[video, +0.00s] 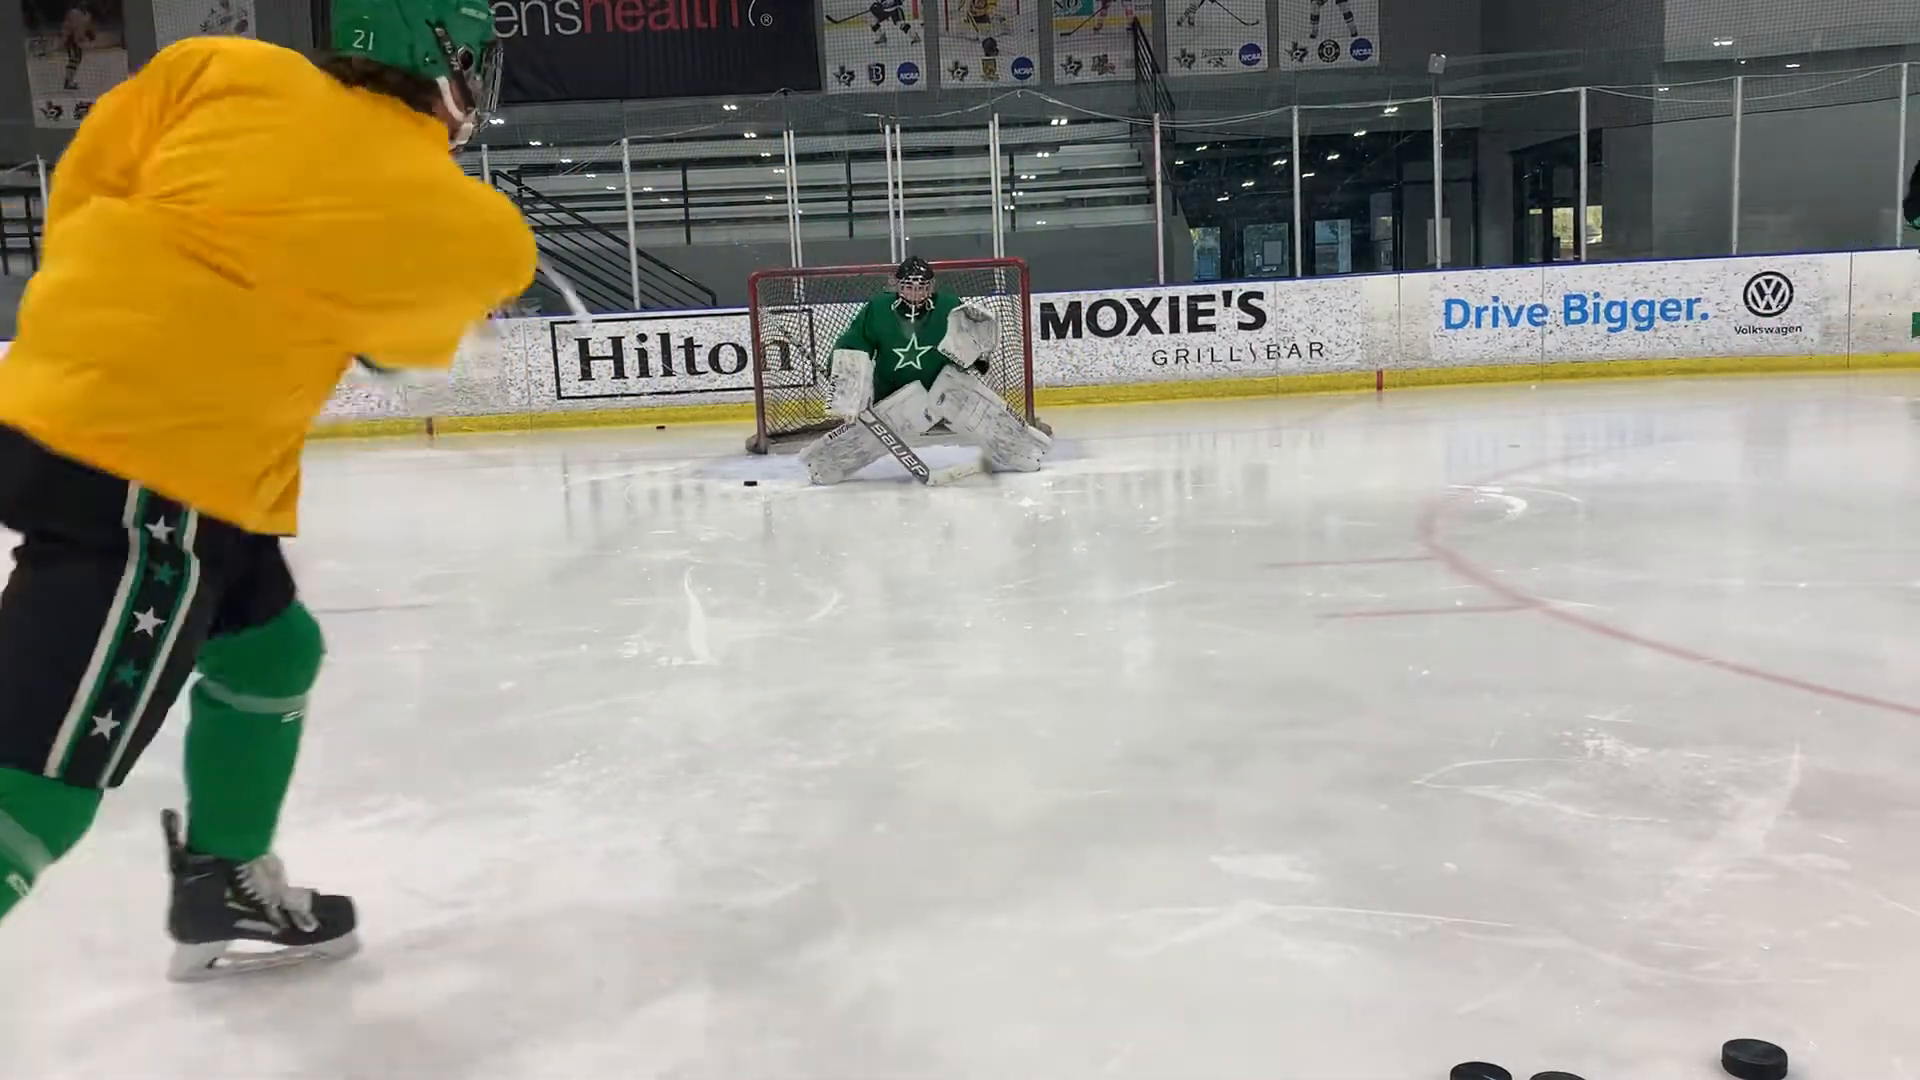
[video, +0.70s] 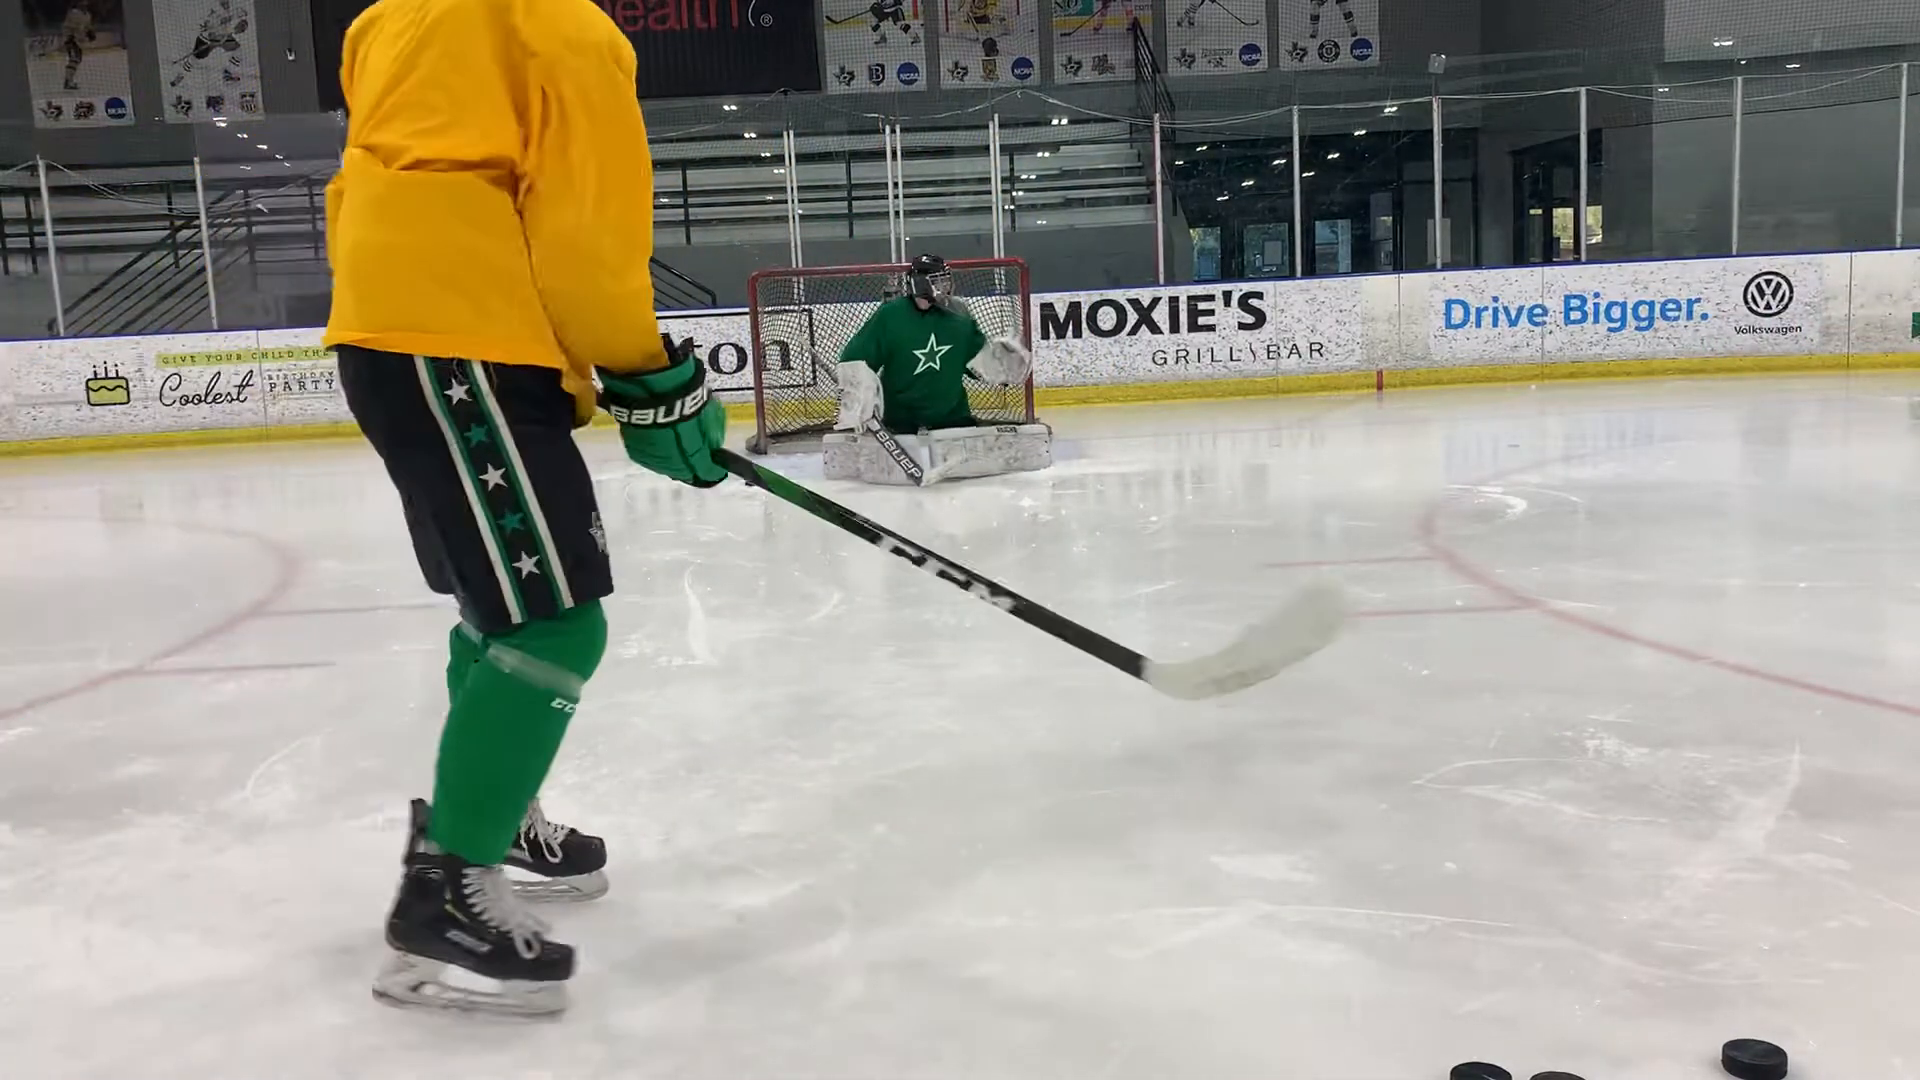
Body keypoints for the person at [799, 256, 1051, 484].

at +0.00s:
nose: (916, 292)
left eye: (921, 286)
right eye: (909, 286)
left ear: (931, 285)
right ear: (898, 286)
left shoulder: (950, 307)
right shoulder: (877, 311)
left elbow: (977, 359)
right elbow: (850, 349)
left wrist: (973, 349)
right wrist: (849, 388)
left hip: (946, 389)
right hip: (895, 399)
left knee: (981, 415)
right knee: (870, 434)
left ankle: (1019, 448)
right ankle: (827, 464)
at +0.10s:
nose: (915, 297)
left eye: (921, 290)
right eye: (909, 290)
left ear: (930, 288)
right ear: (897, 288)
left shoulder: (948, 308)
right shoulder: (874, 312)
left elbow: (977, 357)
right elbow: (847, 348)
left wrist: (985, 331)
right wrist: (862, 370)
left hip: (945, 401)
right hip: (896, 405)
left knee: (984, 430)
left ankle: (1024, 445)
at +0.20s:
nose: (918, 302)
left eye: (923, 296)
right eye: (912, 296)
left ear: (931, 296)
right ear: (899, 295)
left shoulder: (947, 317)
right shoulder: (876, 319)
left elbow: (967, 352)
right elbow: (847, 355)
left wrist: (998, 346)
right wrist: (859, 386)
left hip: (945, 412)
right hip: (896, 414)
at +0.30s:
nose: (928, 305)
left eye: (932, 298)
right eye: (921, 299)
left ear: (938, 298)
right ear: (904, 300)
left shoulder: (951, 324)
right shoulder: (881, 326)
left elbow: (975, 355)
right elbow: (849, 358)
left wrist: (1010, 340)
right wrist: (853, 390)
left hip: (943, 410)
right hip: (892, 412)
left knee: (975, 444)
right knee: (884, 449)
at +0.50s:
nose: (944, 297)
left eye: (945, 289)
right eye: (936, 291)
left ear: (948, 288)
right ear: (918, 293)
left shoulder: (961, 322)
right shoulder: (889, 323)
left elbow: (983, 356)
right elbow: (853, 360)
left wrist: (1013, 327)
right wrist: (852, 405)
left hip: (954, 426)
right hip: (899, 428)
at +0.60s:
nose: (940, 292)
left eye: (943, 284)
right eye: (933, 285)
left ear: (948, 285)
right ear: (915, 287)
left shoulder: (961, 319)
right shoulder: (890, 319)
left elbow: (976, 360)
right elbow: (852, 360)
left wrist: (1011, 343)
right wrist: (858, 399)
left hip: (954, 425)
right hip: (900, 427)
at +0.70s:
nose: (943, 288)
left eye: (945, 281)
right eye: (936, 282)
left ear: (948, 283)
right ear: (917, 284)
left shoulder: (959, 318)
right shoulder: (890, 317)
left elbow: (979, 361)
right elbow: (854, 359)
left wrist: (1005, 362)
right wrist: (860, 399)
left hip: (955, 423)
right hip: (902, 425)